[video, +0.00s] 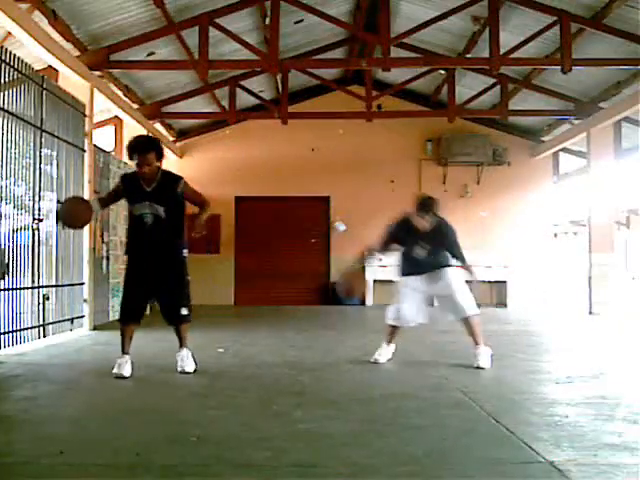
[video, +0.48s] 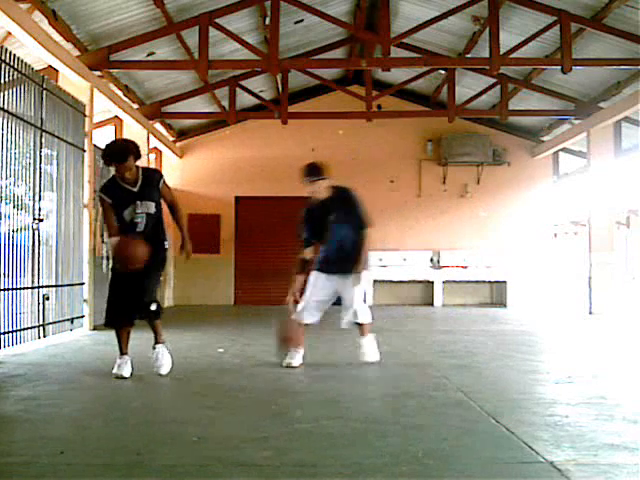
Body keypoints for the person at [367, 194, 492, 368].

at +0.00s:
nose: (424, 223)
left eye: (428, 220)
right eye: (421, 219)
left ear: (434, 217)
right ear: (415, 214)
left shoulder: (442, 227)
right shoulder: (405, 225)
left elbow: (455, 249)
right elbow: (389, 241)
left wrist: (466, 267)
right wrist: (379, 250)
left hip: (442, 273)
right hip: (412, 276)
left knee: (465, 307)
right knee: (399, 312)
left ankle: (481, 348)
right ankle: (387, 346)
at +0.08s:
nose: (402, 205)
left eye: (406, 202)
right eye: (400, 200)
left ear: (413, 200)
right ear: (395, 196)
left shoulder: (422, 215)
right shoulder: (383, 210)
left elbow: (448, 235)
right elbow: (364, 229)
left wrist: (472, 245)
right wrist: (343, 244)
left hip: (418, 269)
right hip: (389, 272)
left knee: (440, 304)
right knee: (381, 311)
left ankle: (460, 344)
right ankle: (385, 345)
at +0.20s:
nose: (381, 189)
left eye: (386, 185)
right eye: (379, 184)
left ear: (395, 183)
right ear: (375, 180)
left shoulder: (405, 200)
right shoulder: (367, 196)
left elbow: (440, 221)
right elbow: (351, 221)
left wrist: (477, 236)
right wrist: (329, 235)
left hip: (399, 260)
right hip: (370, 262)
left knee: (412, 301)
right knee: (367, 306)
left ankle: (418, 345)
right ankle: (375, 344)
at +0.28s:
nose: (359, 180)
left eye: (363, 176)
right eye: (357, 175)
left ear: (373, 175)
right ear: (354, 174)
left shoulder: (386, 192)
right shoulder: (349, 193)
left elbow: (411, 213)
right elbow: (340, 224)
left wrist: (430, 226)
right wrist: (322, 239)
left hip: (381, 260)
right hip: (353, 259)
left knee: (383, 307)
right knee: (342, 303)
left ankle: (380, 345)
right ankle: (346, 340)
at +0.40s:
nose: (337, 181)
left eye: (341, 176)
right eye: (335, 177)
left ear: (349, 175)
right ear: (332, 176)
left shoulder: (366, 192)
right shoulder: (330, 200)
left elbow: (386, 220)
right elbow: (327, 234)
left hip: (366, 265)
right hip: (338, 263)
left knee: (368, 308)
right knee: (318, 308)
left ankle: (375, 347)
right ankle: (310, 349)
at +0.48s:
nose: (311, 189)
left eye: (314, 183)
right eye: (308, 184)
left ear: (325, 181)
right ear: (306, 186)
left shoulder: (345, 196)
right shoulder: (312, 210)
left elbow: (363, 229)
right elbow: (309, 248)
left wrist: (362, 260)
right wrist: (298, 280)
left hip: (352, 266)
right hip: (325, 268)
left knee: (359, 308)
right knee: (302, 311)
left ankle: (367, 343)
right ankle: (296, 350)